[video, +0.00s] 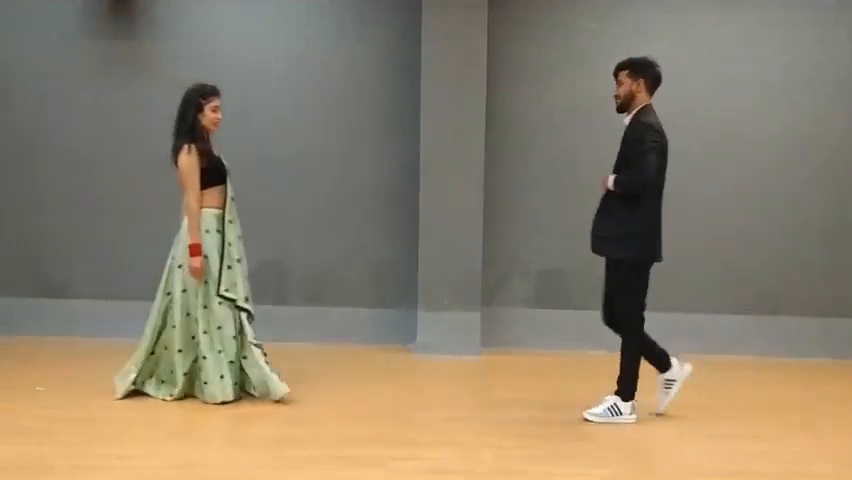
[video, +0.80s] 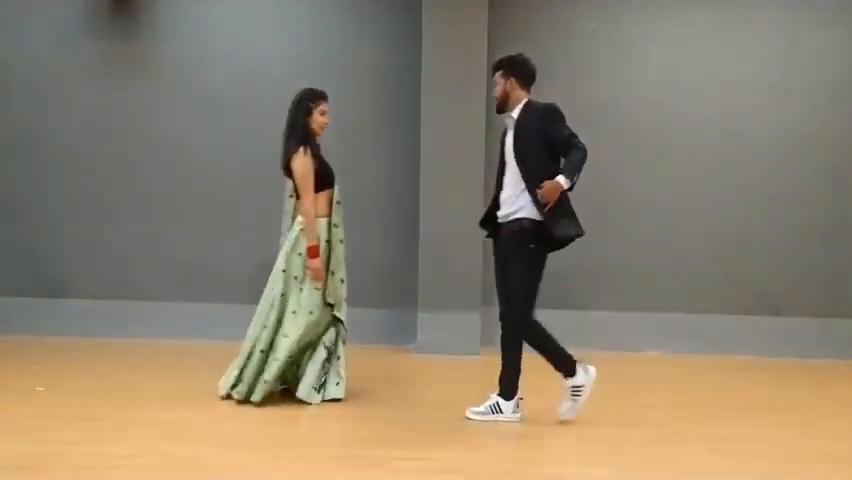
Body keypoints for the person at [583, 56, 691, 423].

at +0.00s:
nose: (616, 90)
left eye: (621, 83)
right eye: (616, 83)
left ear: (640, 85)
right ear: (639, 86)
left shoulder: (647, 128)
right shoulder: (639, 125)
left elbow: (644, 180)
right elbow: (641, 178)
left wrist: (614, 182)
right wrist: (618, 183)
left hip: (635, 242)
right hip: (624, 240)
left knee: (628, 318)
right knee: (615, 314)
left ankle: (624, 401)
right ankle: (670, 367)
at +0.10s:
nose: (603, 88)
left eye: (608, 81)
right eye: (604, 82)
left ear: (627, 83)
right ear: (626, 84)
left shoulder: (635, 125)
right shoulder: (626, 123)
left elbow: (632, 174)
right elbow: (623, 170)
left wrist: (594, 174)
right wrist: (597, 171)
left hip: (624, 242)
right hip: (613, 240)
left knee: (623, 315)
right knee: (595, 312)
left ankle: (623, 401)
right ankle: (633, 374)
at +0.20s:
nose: (590, 88)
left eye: (594, 81)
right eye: (591, 81)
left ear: (613, 83)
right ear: (611, 84)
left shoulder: (621, 122)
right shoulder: (607, 122)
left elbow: (630, 169)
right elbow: (616, 171)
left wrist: (588, 166)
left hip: (616, 239)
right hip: (601, 238)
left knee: (617, 318)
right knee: (580, 308)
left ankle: (624, 401)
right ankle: (593, 390)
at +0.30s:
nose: (577, 90)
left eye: (581, 83)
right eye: (577, 83)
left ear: (600, 84)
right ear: (600, 85)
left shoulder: (611, 121)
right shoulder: (595, 124)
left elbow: (628, 161)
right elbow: (599, 176)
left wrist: (589, 159)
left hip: (605, 241)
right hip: (589, 240)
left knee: (612, 318)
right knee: (569, 313)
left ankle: (623, 400)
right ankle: (552, 393)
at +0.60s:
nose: (531, 96)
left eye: (535, 88)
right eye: (531, 89)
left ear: (553, 89)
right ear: (551, 90)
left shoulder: (575, 121)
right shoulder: (551, 129)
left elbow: (607, 157)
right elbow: (550, 183)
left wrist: (584, 162)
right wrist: (536, 224)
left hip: (566, 236)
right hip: (545, 236)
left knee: (585, 320)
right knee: (533, 320)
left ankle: (618, 395)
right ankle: (509, 398)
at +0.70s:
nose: (508, 92)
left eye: (511, 84)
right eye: (509, 85)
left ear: (528, 84)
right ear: (527, 85)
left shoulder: (557, 115)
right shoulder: (527, 126)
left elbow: (590, 151)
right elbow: (528, 178)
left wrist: (571, 170)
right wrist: (513, 215)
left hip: (544, 232)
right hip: (519, 231)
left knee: (550, 320)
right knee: (517, 319)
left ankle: (604, 382)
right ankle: (507, 399)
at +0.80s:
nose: (493, 90)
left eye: (495, 82)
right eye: (494, 83)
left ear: (510, 82)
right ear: (512, 84)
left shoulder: (543, 113)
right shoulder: (511, 126)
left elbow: (577, 150)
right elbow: (513, 175)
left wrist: (562, 181)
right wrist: (499, 213)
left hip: (528, 229)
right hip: (506, 229)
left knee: (518, 316)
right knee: (510, 316)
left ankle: (576, 374)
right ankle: (507, 399)